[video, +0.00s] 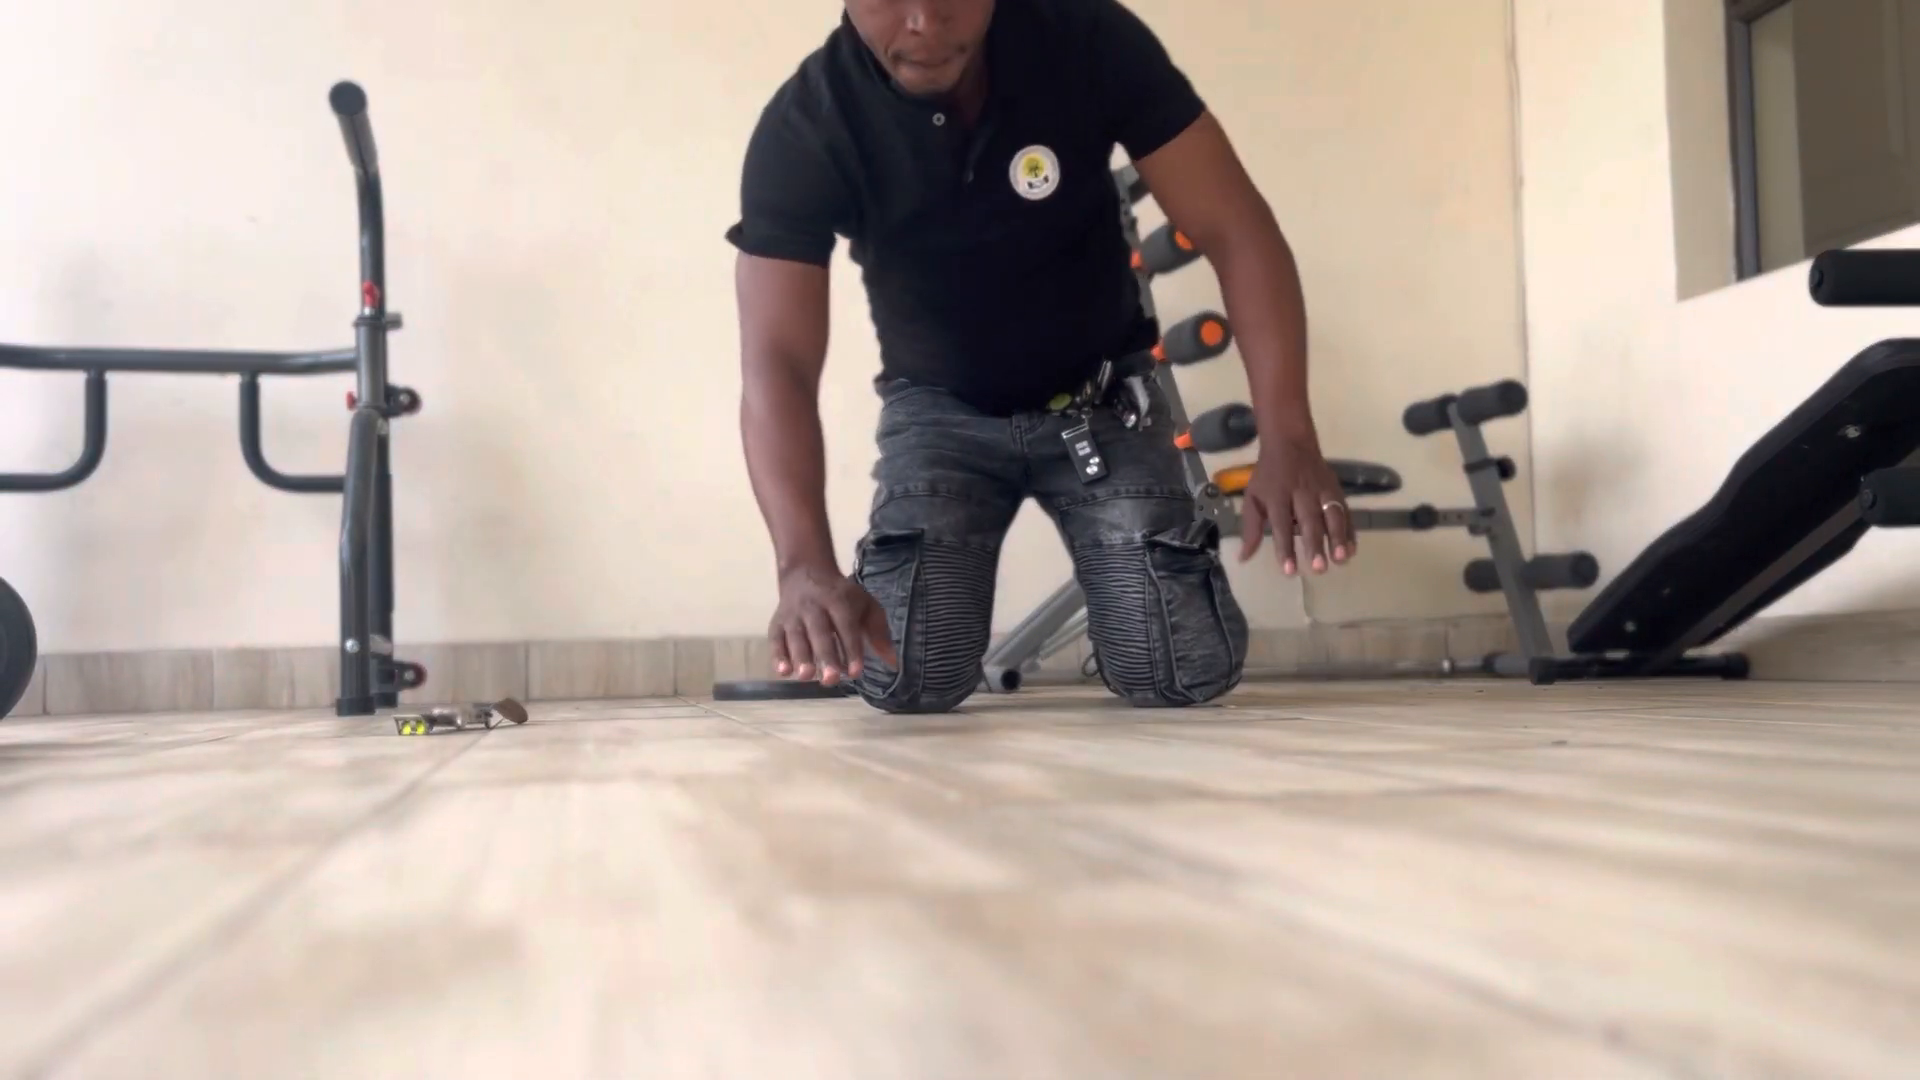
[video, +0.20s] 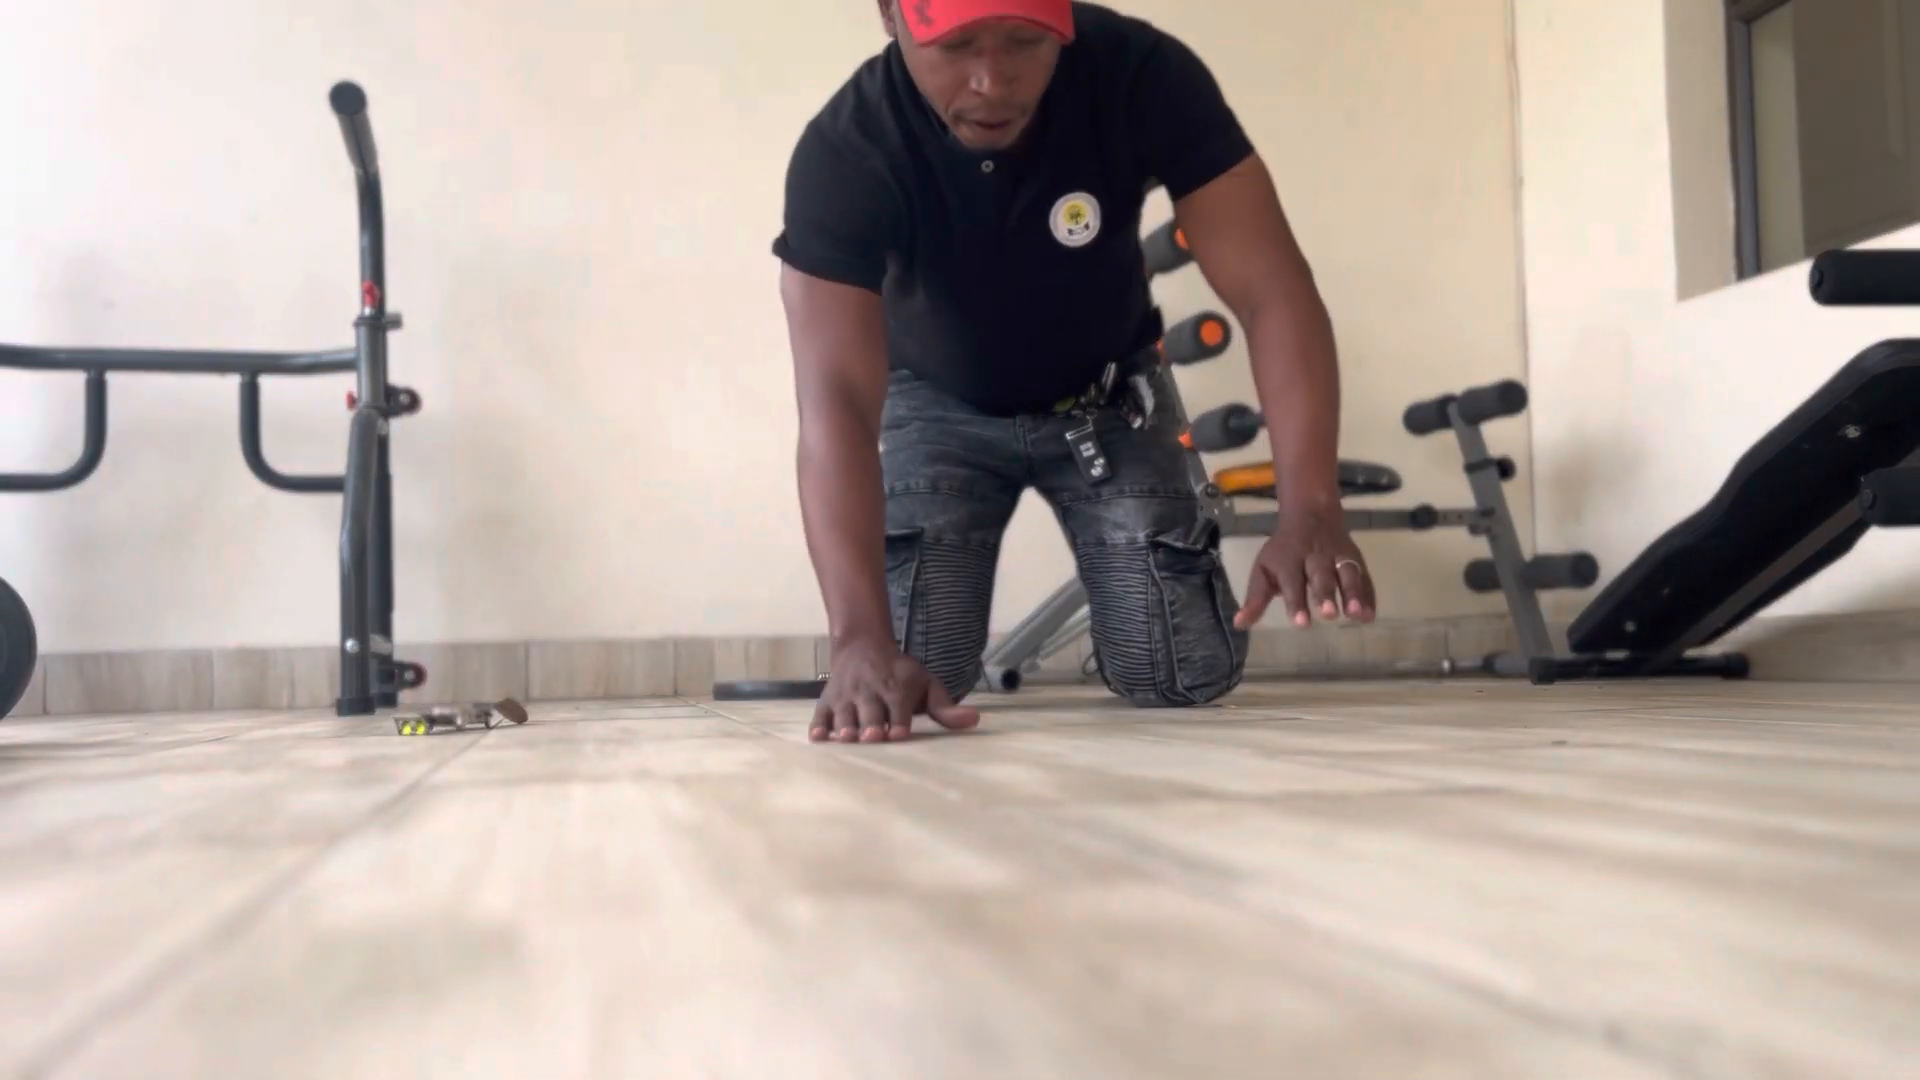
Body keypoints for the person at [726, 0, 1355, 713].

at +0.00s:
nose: (921, 24)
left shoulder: (1085, 39)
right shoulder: (808, 125)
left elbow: (1239, 231)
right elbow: (777, 368)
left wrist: (1287, 435)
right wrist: (804, 565)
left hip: (1104, 401)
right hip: (938, 413)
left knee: (1181, 672)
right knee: (915, 679)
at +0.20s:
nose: (989, 81)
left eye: (1023, 40)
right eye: (952, 44)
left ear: (1065, 20)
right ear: (894, 23)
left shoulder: (1144, 82)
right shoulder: (847, 151)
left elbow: (1276, 292)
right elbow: (833, 401)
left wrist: (1310, 508)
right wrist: (859, 637)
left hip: (1111, 399)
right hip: (935, 412)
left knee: (1181, 673)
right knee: (916, 689)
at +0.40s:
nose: (1083, 207)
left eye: (1114, 176)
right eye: (1048, 174)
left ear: (1158, 101)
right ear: (968, 98)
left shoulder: (1226, 145)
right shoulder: (892, 152)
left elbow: (1356, 394)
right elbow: (848, 417)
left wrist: (1387, 639)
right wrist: (862, 673)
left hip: (1127, 395)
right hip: (949, 399)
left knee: (1178, 680)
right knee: (909, 688)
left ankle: (1191, 582)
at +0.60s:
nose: (1154, 235)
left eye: (1183, 202)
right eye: (1120, 203)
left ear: (1238, 119)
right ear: (1035, 110)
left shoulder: (1295, 146)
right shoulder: (940, 140)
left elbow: (1388, 414)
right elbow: (858, 420)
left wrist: (1400, 661)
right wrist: (866, 674)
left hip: (1163, 379)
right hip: (975, 376)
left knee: (1183, 680)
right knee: (907, 676)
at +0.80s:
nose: (1175, 228)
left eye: (1210, 189)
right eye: (1149, 189)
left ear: (1276, 103)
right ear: (1075, 87)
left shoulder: (1332, 135)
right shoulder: (968, 135)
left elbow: (1408, 409)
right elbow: (870, 421)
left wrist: (1404, 663)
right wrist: (868, 672)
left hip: (1186, 385)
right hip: (1000, 376)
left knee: (1188, 682)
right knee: (932, 667)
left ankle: (1150, 631)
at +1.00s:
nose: (1176, 191)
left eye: (1215, 164)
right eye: (1152, 157)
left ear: (1287, 94)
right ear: (1094, 67)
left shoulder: (1351, 122)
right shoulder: (982, 129)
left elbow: (1400, 398)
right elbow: (881, 415)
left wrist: (1402, 662)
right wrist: (865, 674)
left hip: (1212, 373)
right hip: (1026, 359)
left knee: (1194, 678)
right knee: (954, 597)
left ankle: (1141, 637)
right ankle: (925, 666)